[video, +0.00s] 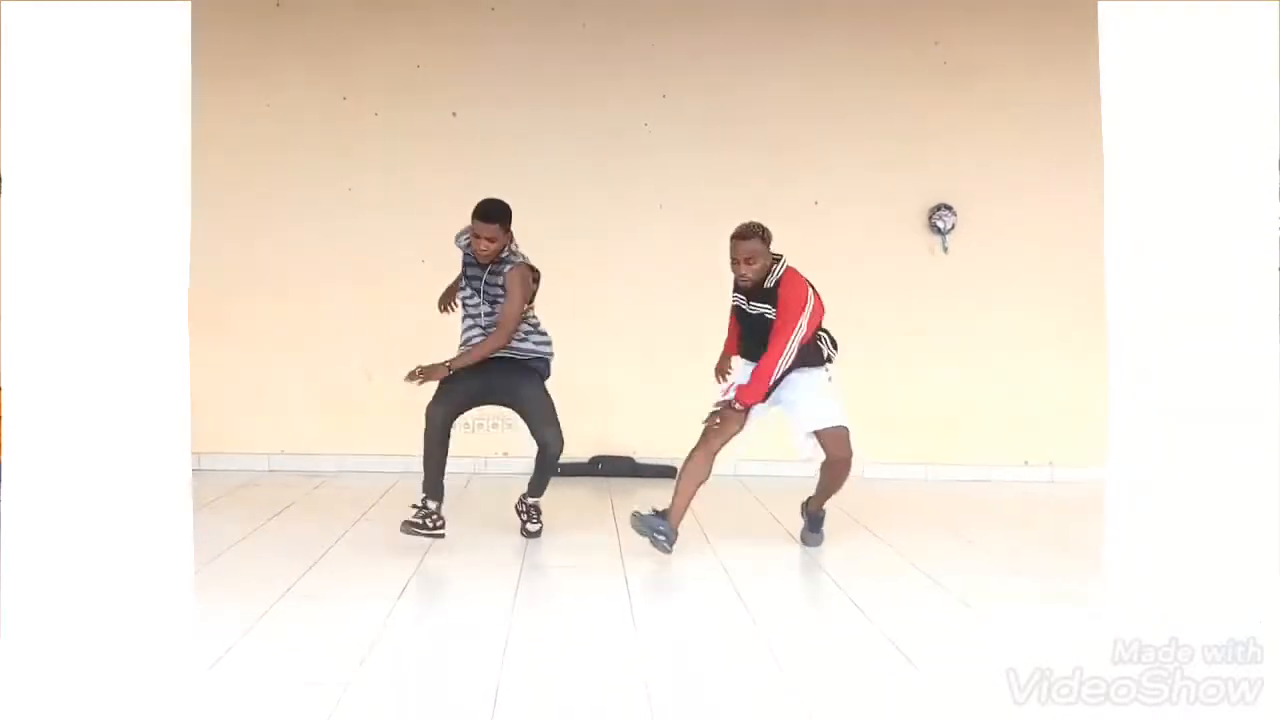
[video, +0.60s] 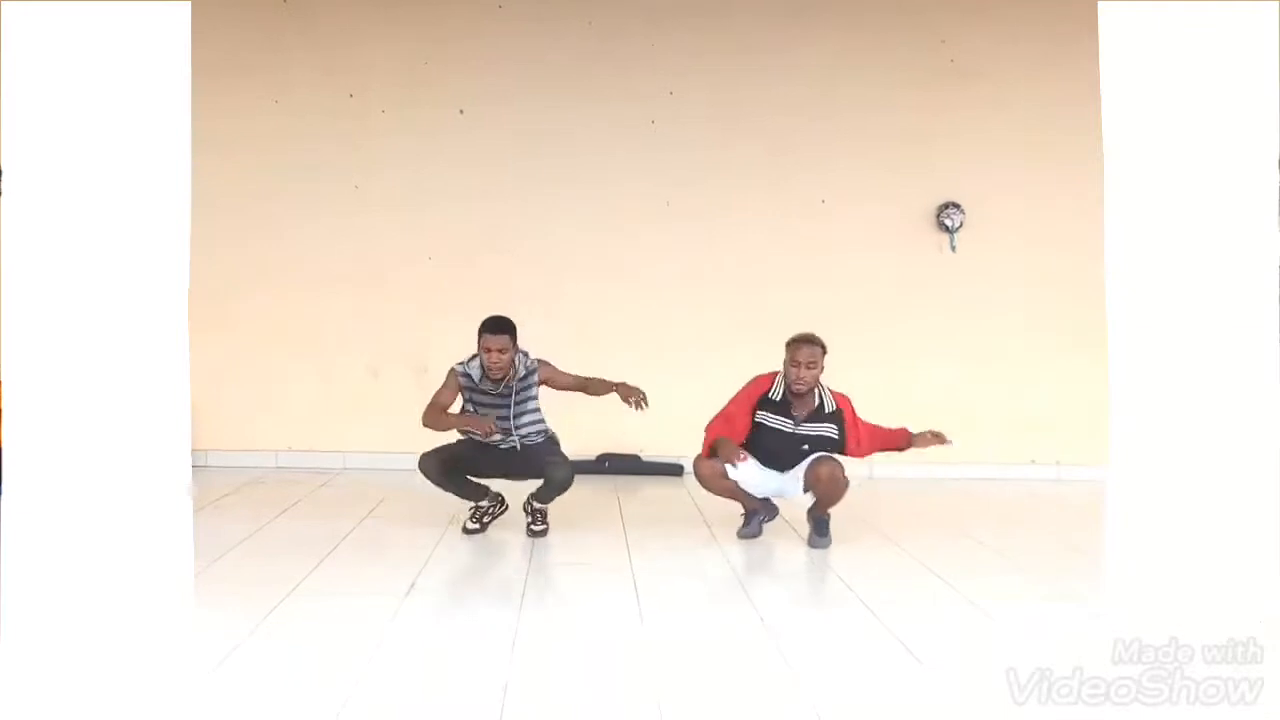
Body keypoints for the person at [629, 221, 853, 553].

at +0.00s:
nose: (741, 270)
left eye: (750, 262)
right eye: (735, 262)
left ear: (769, 257)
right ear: (730, 258)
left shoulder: (796, 290)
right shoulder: (741, 279)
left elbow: (782, 351)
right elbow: (738, 317)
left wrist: (743, 400)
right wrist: (728, 352)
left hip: (804, 372)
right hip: (753, 367)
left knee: (841, 455)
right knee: (712, 436)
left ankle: (814, 508)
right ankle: (670, 523)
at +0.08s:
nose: (751, 259)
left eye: (760, 252)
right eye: (745, 251)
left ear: (777, 247)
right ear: (738, 247)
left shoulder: (790, 282)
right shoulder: (746, 271)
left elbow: (774, 343)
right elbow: (749, 285)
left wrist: (725, 381)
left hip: (797, 378)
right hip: (746, 378)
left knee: (836, 463)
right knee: (708, 446)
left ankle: (816, 510)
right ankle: (660, 532)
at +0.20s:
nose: (760, 264)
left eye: (769, 257)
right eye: (754, 256)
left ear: (784, 251)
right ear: (746, 249)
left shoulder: (796, 274)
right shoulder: (747, 261)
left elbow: (792, 322)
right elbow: (743, 233)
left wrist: (740, 308)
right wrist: (735, 209)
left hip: (797, 382)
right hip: (749, 380)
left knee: (830, 458)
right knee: (704, 442)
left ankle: (825, 511)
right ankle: (664, 529)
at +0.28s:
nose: (765, 274)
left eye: (774, 266)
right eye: (759, 265)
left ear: (790, 263)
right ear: (750, 261)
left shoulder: (800, 287)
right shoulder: (750, 273)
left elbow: (800, 330)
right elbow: (738, 252)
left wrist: (752, 326)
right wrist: (729, 229)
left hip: (796, 385)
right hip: (750, 380)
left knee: (822, 455)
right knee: (701, 423)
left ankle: (824, 511)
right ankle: (682, 516)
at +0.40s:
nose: (787, 315)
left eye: (796, 308)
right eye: (781, 306)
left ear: (811, 305)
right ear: (773, 300)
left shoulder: (822, 343)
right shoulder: (758, 313)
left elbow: (833, 397)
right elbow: (719, 334)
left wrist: (821, 450)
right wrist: (707, 332)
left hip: (798, 419)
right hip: (754, 409)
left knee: (825, 473)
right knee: (715, 419)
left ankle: (815, 513)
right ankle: (746, 494)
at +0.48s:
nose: (794, 346)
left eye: (804, 340)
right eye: (788, 337)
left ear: (817, 339)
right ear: (780, 331)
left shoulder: (826, 378)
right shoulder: (755, 350)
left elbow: (848, 433)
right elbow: (715, 384)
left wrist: (872, 487)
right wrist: (719, 388)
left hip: (801, 444)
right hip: (755, 439)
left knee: (827, 463)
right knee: (716, 451)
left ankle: (818, 513)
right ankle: (755, 504)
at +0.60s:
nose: (801, 374)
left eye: (810, 367)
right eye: (795, 365)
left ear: (822, 369)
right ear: (784, 364)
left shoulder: (837, 406)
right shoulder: (762, 388)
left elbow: (862, 439)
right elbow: (719, 428)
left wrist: (911, 440)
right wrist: (723, 445)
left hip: (805, 474)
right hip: (760, 471)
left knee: (831, 474)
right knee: (705, 468)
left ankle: (819, 515)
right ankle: (757, 507)